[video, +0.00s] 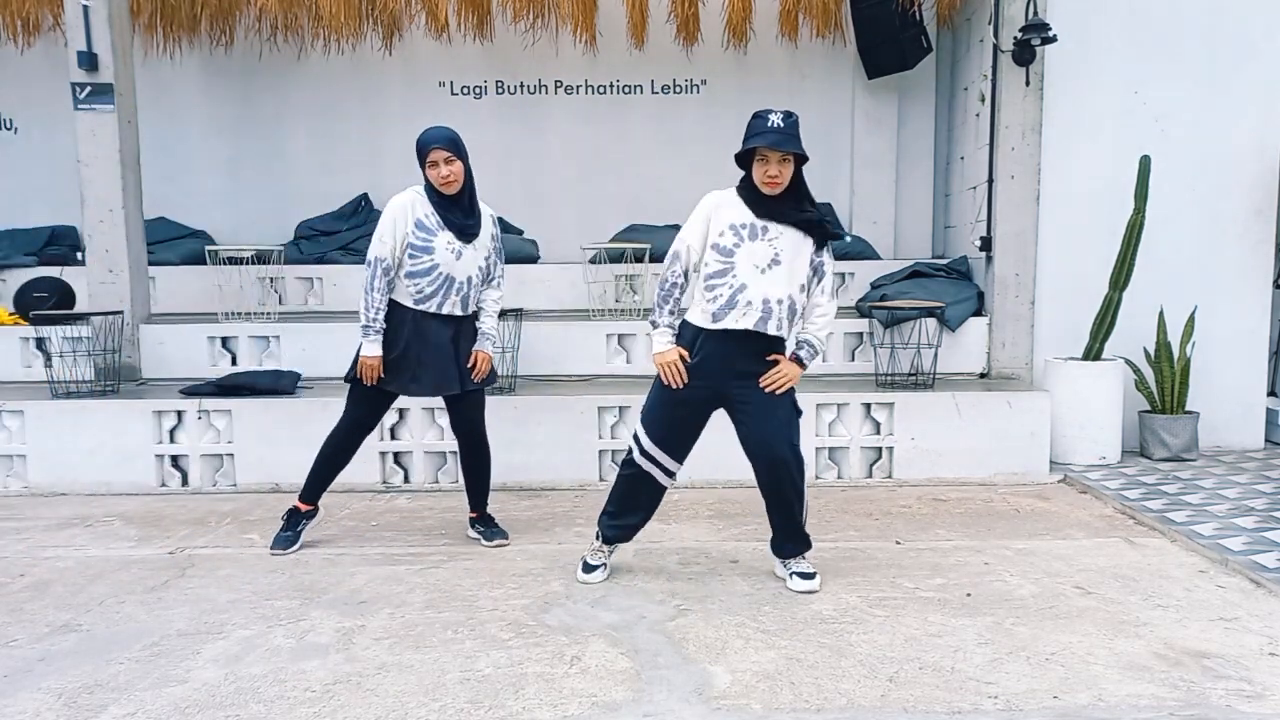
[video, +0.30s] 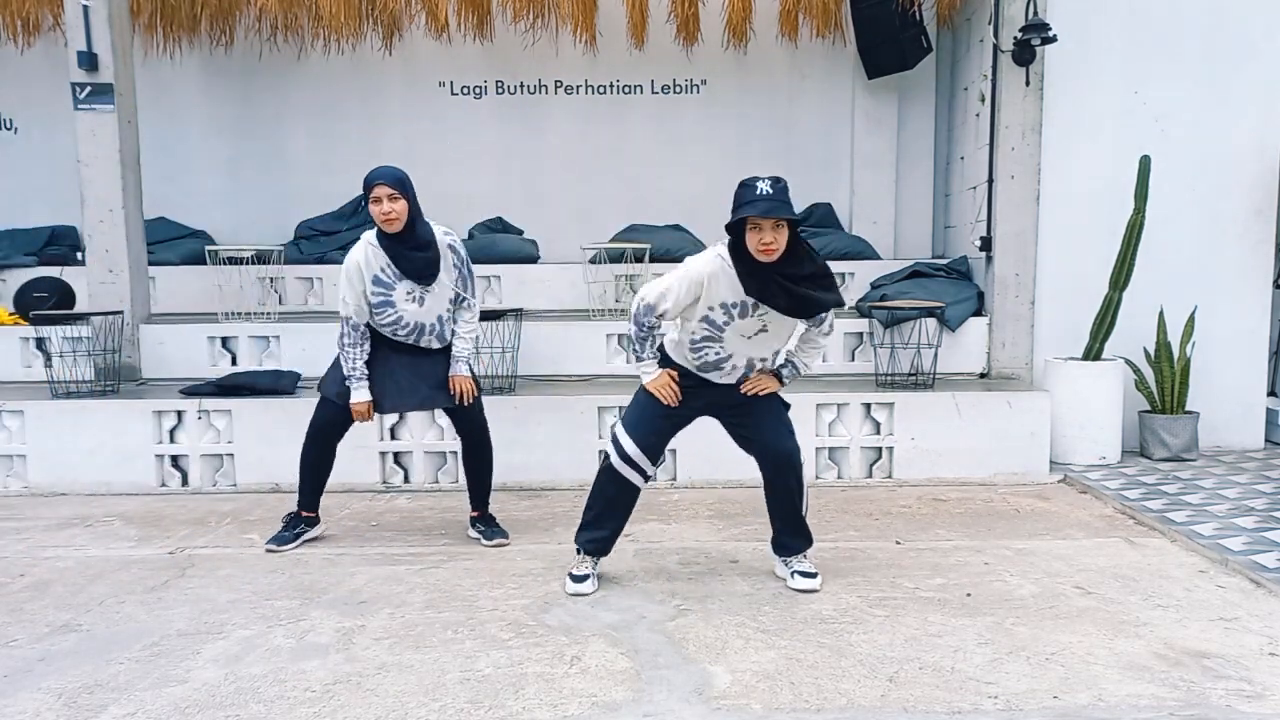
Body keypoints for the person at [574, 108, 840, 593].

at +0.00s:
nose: (773, 169)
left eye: (783, 160)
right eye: (763, 159)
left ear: (797, 164)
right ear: (748, 161)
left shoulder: (810, 228)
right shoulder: (716, 206)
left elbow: (822, 305)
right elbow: (673, 274)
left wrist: (799, 357)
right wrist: (662, 338)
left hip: (765, 360)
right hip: (699, 350)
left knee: (781, 459)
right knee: (650, 450)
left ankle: (792, 552)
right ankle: (605, 540)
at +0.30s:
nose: (767, 238)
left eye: (776, 227)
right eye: (756, 228)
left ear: (790, 229)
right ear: (739, 230)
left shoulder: (806, 277)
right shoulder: (710, 268)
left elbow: (820, 327)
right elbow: (645, 308)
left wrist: (782, 372)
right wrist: (650, 368)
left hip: (748, 385)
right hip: (680, 377)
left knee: (784, 455)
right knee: (628, 451)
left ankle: (792, 552)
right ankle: (588, 554)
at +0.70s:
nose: (609, 183)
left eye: (619, 173)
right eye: (599, 172)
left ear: (634, 173)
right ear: (584, 175)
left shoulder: (665, 210)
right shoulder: (572, 241)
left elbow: (712, 269)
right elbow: (566, 317)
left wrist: (728, 336)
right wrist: (597, 363)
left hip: (691, 351)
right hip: (626, 367)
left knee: (750, 441)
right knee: (596, 460)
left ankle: (805, 530)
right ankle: (586, 557)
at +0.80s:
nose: (601, 172)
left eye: (611, 161)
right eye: (592, 162)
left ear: (625, 162)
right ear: (576, 164)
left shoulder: (657, 202)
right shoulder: (559, 228)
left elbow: (699, 264)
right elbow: (561, 304)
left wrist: (720, 329)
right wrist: (588, 358)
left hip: (683, 343)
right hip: (619, 356)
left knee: (738, 444)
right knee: (597, 460)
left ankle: (798, 531)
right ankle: (586, 558)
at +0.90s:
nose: (600, 176)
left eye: (610, 165)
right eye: (590, 166)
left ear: (624, 168)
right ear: (575, 169)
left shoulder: (656, 209)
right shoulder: (557, 235)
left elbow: (699, 272)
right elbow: (556, 313)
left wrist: (719, 334)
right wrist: (582, 364)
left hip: (679, 347)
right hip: (614, 361)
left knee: (726, 451)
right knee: (592, 464)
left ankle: (782, 539)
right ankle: (586, 559)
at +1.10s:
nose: (612, 179)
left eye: (622, 168)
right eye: (602, 168)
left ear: (637, 170)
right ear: (586, 170)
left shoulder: (668, 212)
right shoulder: (570, 231)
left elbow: (718, 267)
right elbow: (557, 306)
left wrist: (725, 333)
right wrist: (585, 361)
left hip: (687, 351)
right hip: (618, 363)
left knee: (741, 439)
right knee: (592, 454)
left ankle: (789, 536)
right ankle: (586, 557)